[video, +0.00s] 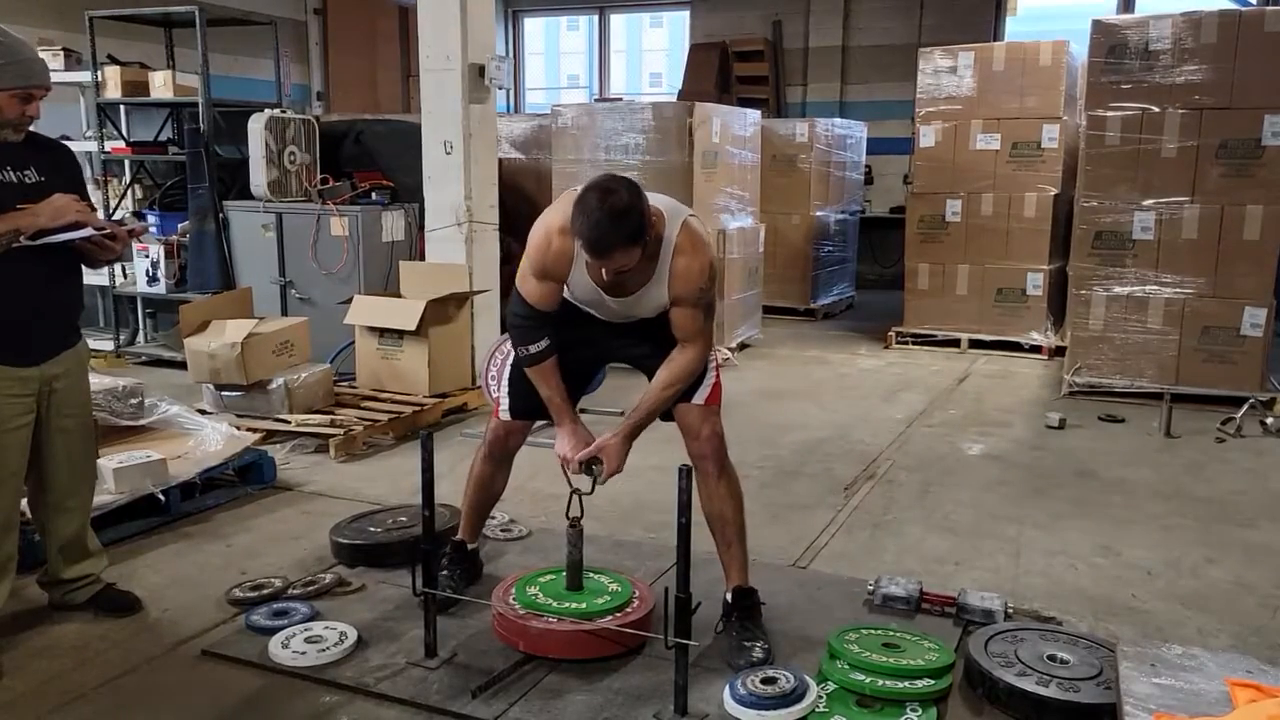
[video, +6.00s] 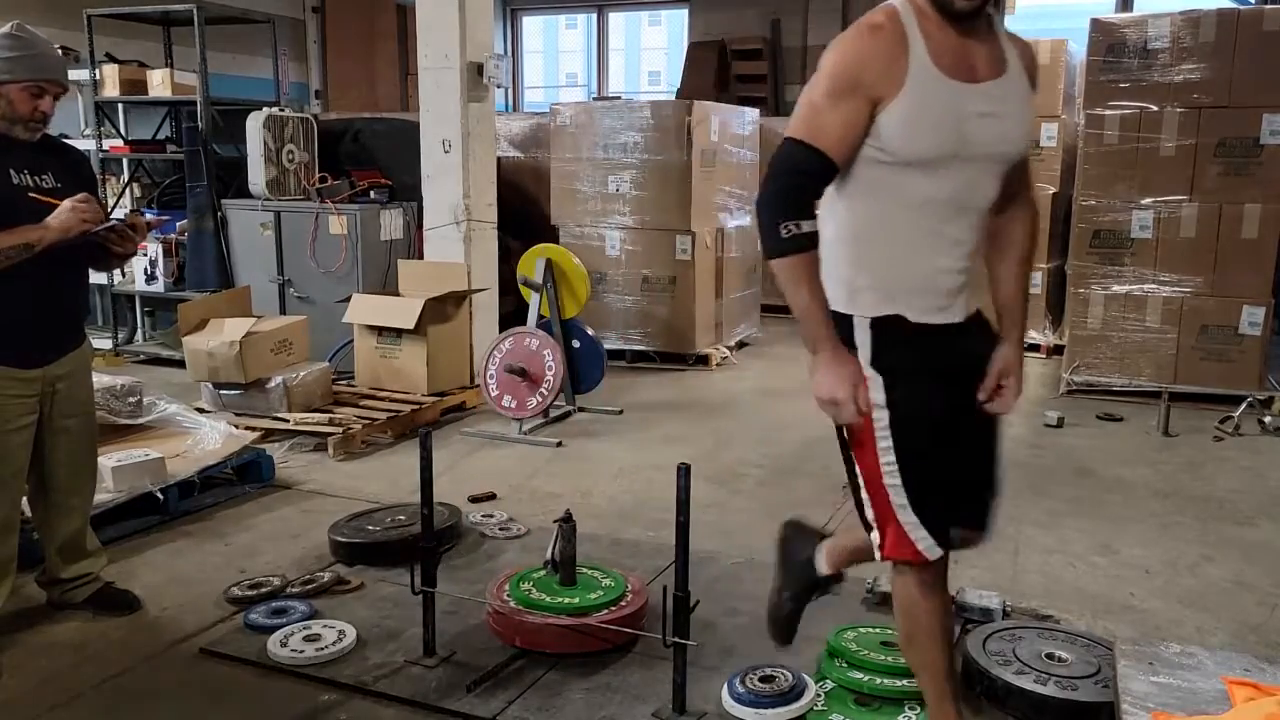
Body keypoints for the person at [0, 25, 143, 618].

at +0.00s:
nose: (34, 109)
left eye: (39, 97)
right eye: (23, 98)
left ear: (43, 92)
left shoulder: (57, 157)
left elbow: (84, 245)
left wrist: (107, 250)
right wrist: (36, 216)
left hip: (63, 347)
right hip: (4, 356)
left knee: (69, 474)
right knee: (5, 491)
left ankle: (74, 581)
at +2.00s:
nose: (39, 107)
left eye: (45, 96)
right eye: (29, 95)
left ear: (47, 92)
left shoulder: (60, 156)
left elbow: (81, 247)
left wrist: (109, 249)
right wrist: (40, 217)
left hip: (66, 346)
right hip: (7, 355)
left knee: (70, 473)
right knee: (7, 489)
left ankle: (74, 580)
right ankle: (1, 598)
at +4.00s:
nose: (48, 109)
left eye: (54, 97)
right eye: (37, 96)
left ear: (56, 95)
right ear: (0, 90)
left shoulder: (64, 160)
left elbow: (86, 250)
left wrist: (114, 252)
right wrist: (15, 231)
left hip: (59, 351)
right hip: (3, 360)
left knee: (65, 475)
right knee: (4, 491)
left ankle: (72, 579)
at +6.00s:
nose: (47, 107)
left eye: (55, 96)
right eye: (36, 93)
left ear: (61, 95)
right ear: (1, 85)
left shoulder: (69, 160)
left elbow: (87, 250)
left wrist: (118, 248)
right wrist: (47, 231)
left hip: (67, 350)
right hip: (6, 359)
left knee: (70, 476)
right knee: (6, 492)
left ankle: (73, 579)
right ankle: (1, 599)